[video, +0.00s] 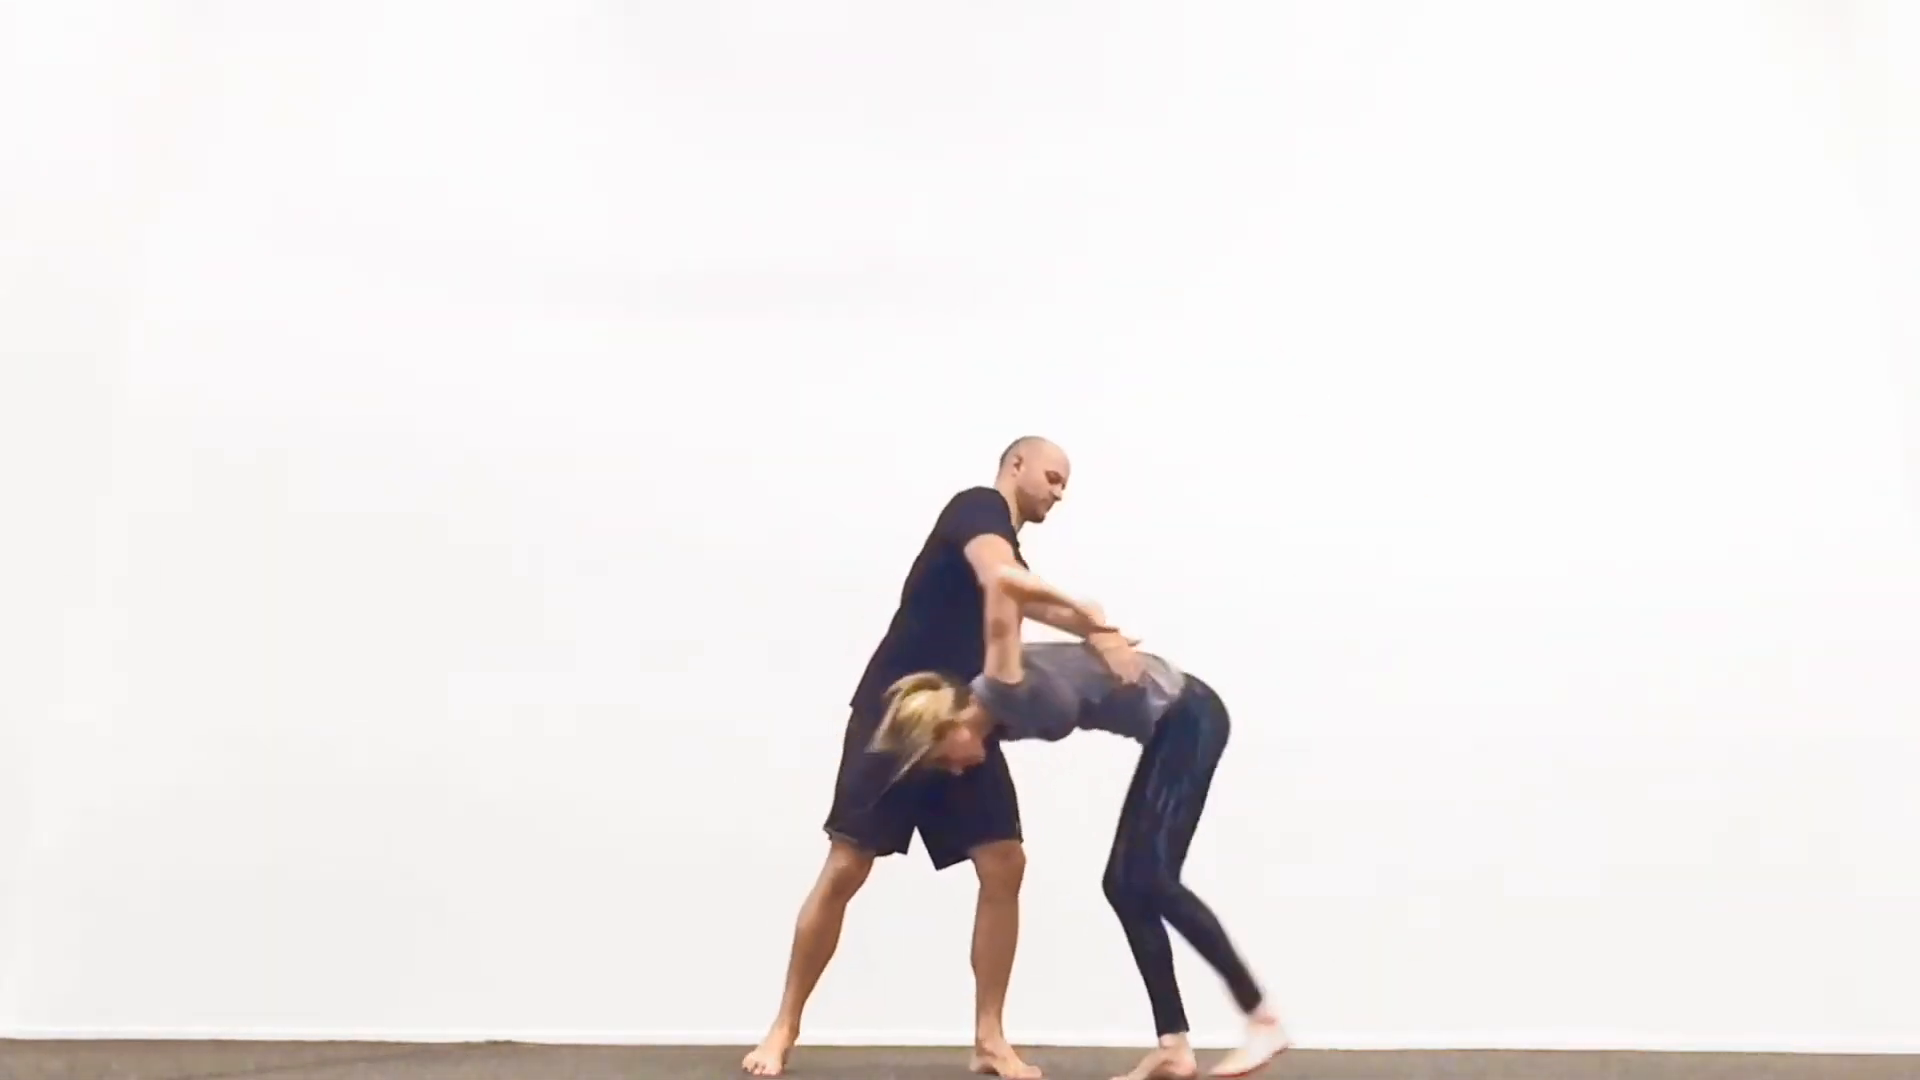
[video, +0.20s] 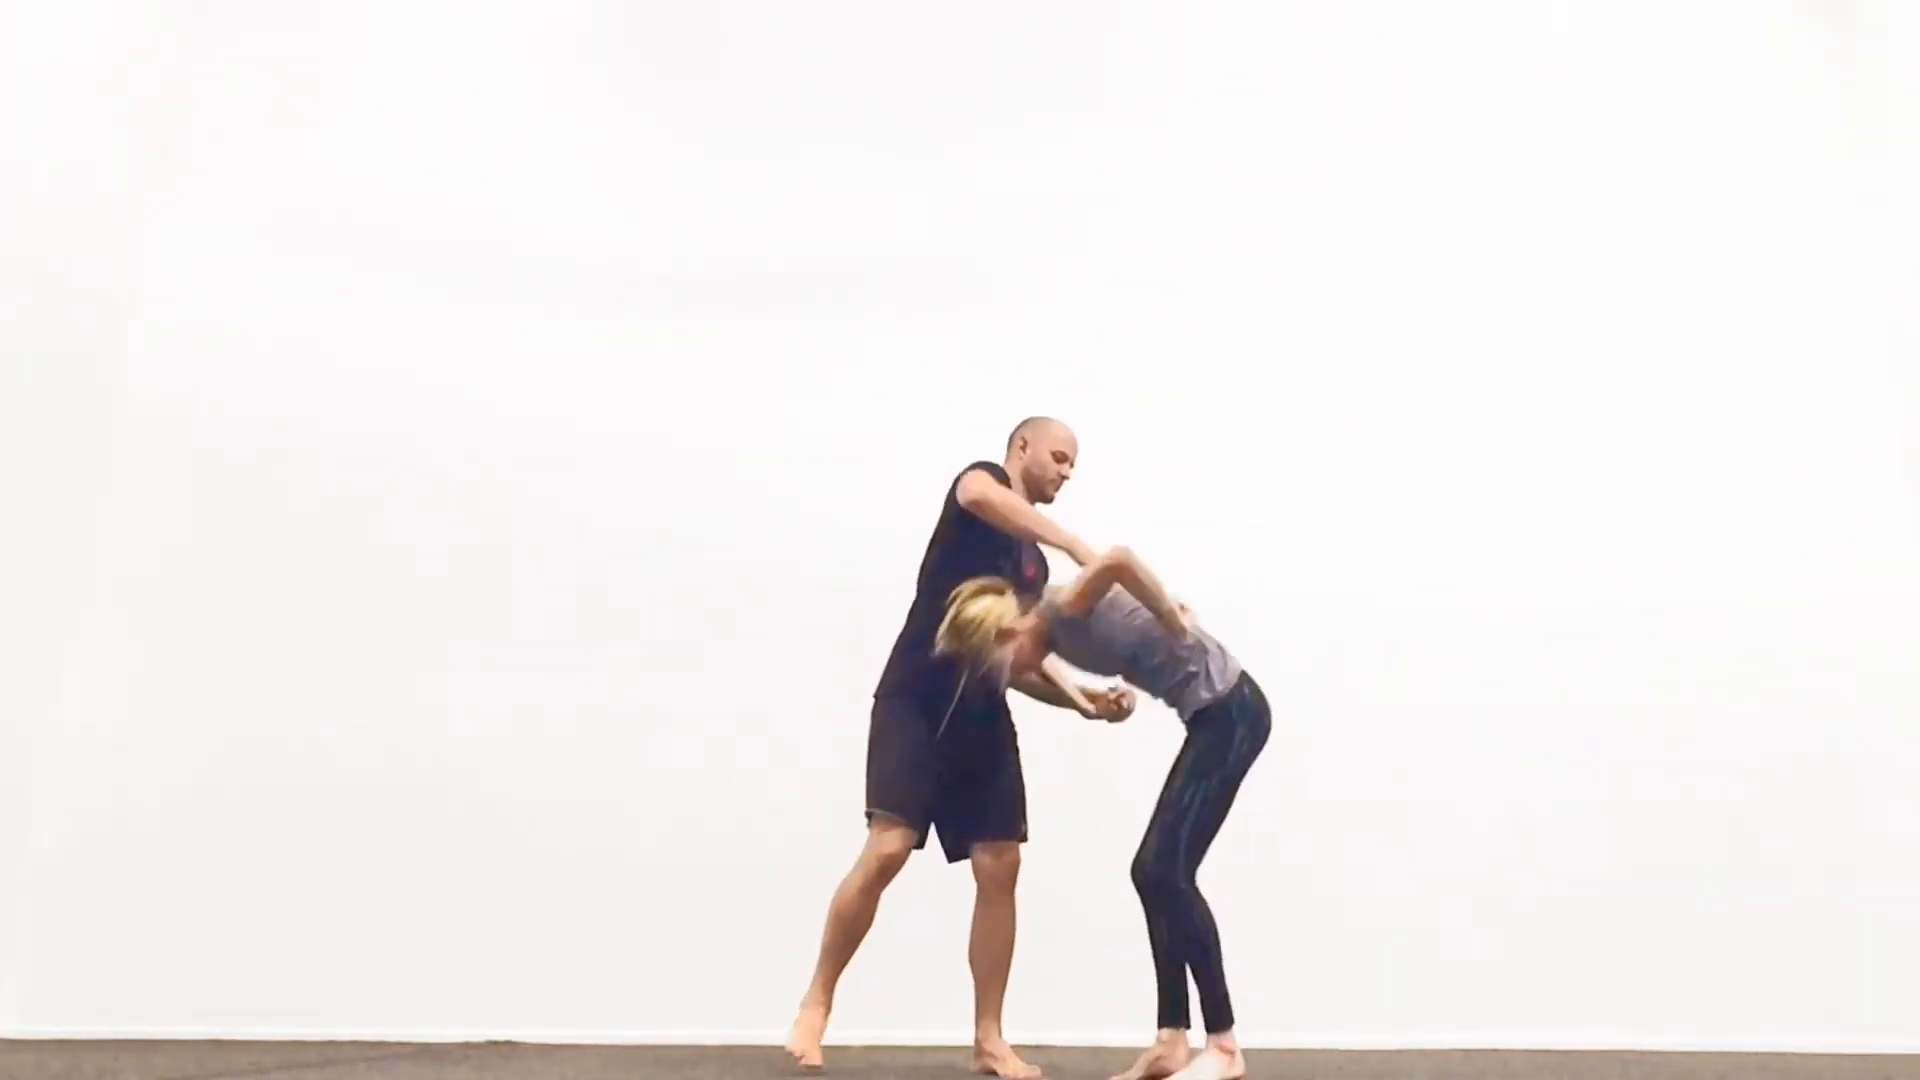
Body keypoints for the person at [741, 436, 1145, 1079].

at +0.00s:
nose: (1059, 491)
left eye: (1065, 485)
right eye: (1053, 477)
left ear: (1034, 481)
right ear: (1014, 465)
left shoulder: (1006, 545)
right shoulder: (977, 505)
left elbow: (1010, 632)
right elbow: (1000, 580)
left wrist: (1101, 640)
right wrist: (1095, 626)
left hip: (963, 709)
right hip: (896, 706)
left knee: (1005, 864)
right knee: (845, 870)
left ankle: (991, 1040)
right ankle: (783, 1029)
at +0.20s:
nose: (1066, 471)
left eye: (1071, 466)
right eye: (1059, 457)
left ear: (1056, 473)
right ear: (1021, 446)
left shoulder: (1033, 561)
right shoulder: (983, 476)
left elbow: (1021, 662)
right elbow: (978, 497)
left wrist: (1080, 696)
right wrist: (1074, 543)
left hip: (982, 706)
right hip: (917, 692)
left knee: (1000, 864)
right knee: (890, 849)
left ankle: (990, 1040)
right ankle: (816, 1004)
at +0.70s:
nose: (1026, 432)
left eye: (1029, 422)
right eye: (1015, 419)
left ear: (997, 423)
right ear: (974, 418)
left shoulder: (996, 512)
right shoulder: (936, 482)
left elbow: (1000, 637)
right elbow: (887, 562)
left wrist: (1089, 636)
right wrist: (994, 540)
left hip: (992, 708)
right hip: (935, 701)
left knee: (995, 866)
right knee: (931, 857)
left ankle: (982, 1036)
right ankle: (901, 1045)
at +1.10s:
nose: (988, 412)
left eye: (988, 401)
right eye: (977, 399)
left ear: (949, 405)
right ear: (935, 402)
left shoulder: (964, 496)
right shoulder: (917, 477)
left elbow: (1032, 585)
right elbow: (946, 582)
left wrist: (1133, 588)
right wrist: (1052, 607)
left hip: (974, 702)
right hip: (927, 698)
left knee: (967, 864)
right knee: (922, 862)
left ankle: (961, 1034)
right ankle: (901, 1047)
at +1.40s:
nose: (969, 413)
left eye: (969, 402)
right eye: (957, 400)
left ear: (944, 411)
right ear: (914, 405)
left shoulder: (965, 503)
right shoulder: (890, 482)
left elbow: (1051, 567)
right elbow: (909, 584)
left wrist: (1145, 549)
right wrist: (1015, 608)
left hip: (967, 702)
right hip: (909, 698)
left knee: (968, 864)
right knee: (911, 859)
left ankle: (958, 1035)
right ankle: (901, 1047)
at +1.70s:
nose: (1006, 423)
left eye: (1007, 413)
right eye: (994, 411)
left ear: (982, 422)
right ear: (951, 415)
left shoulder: (1000, 512)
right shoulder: (910, 491)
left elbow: (1040, 608)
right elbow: (900, 596)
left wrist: (1086, 567)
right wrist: (997, 623)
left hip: (975, 706)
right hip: (914, 701)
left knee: (980, 865)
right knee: (915, 856)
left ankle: (961, 1037)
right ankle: (901, 1043)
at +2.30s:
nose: (1043, 510)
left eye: (1055, 503)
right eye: (1033, 495)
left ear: (1073, 519)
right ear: (1018, 500)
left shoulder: (1052, 596)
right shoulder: (966, 561)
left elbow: (1040, 711)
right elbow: (950, 665)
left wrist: (1056, 793)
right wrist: (1034, 650)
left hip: (951, 744)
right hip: (883, 728)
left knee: (1028, 874)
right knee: (826, 845)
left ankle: (968, 1040)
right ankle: (702, 994)